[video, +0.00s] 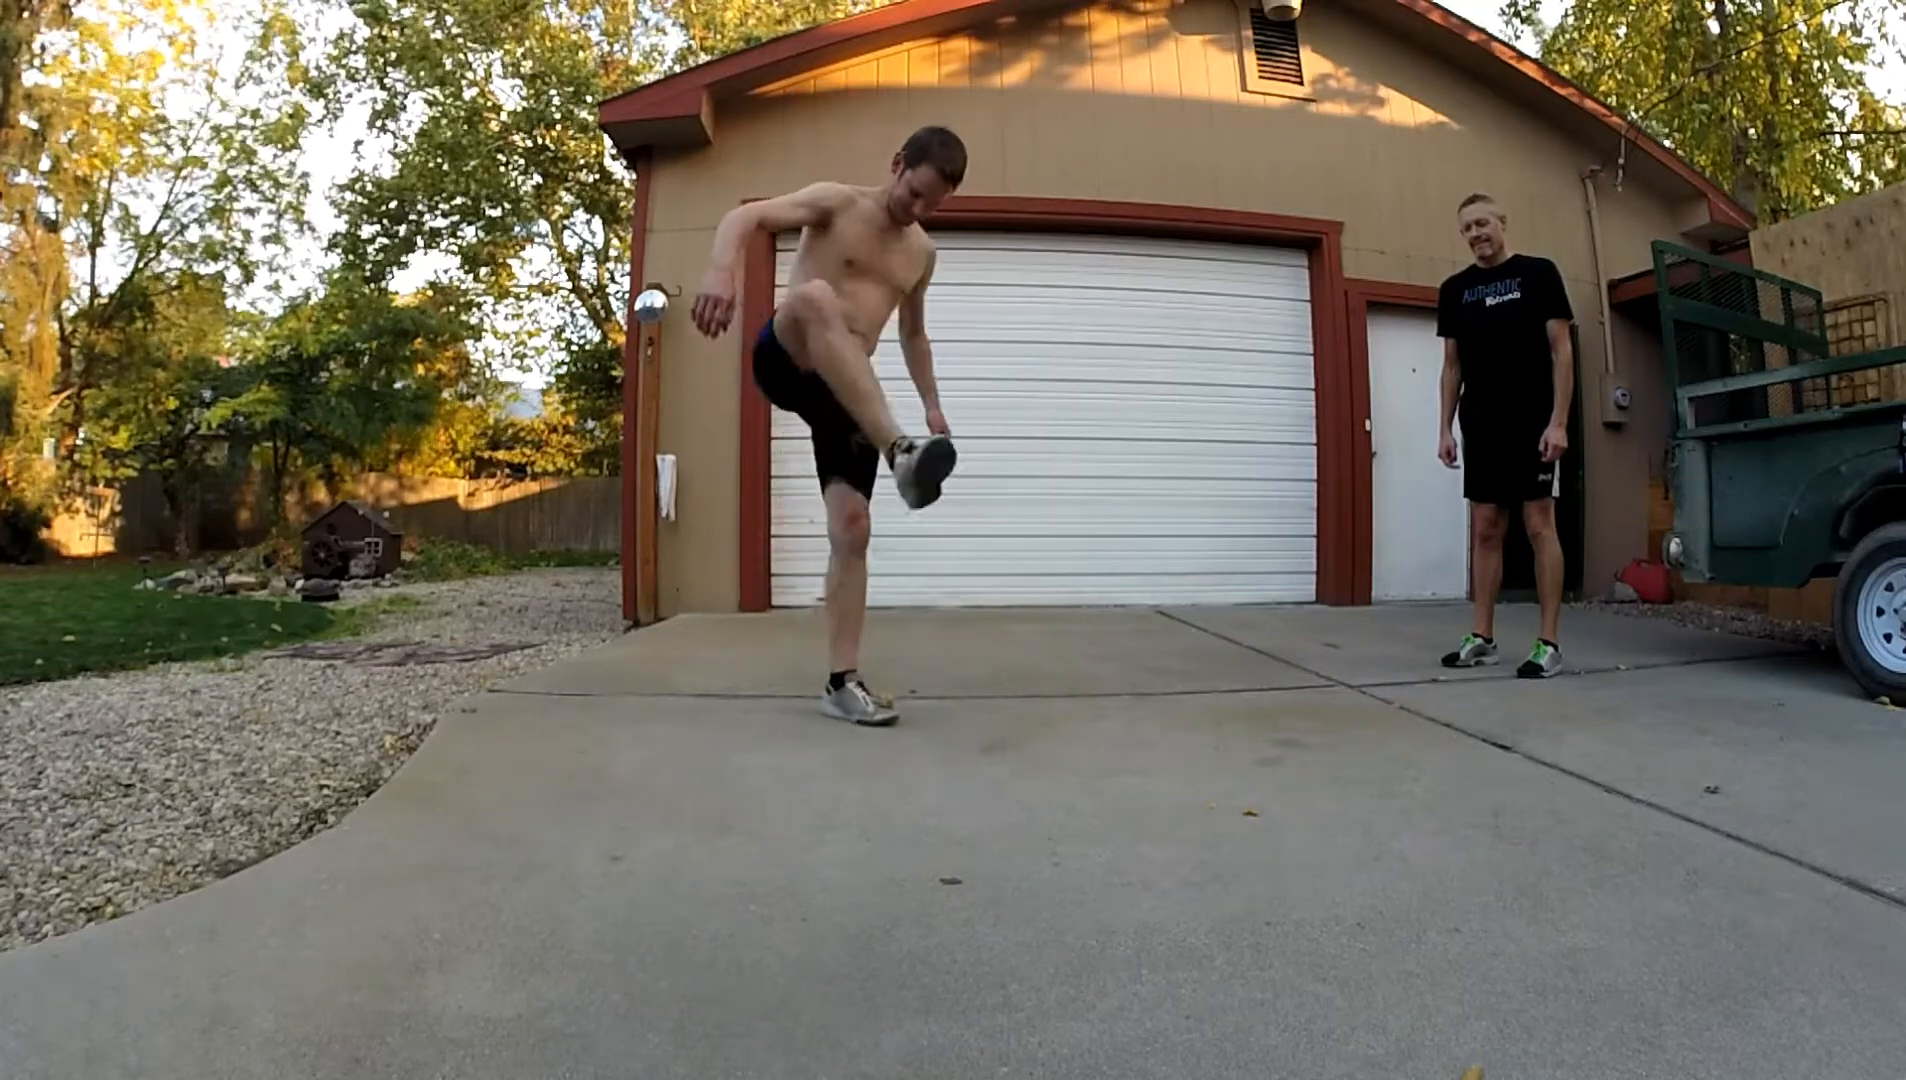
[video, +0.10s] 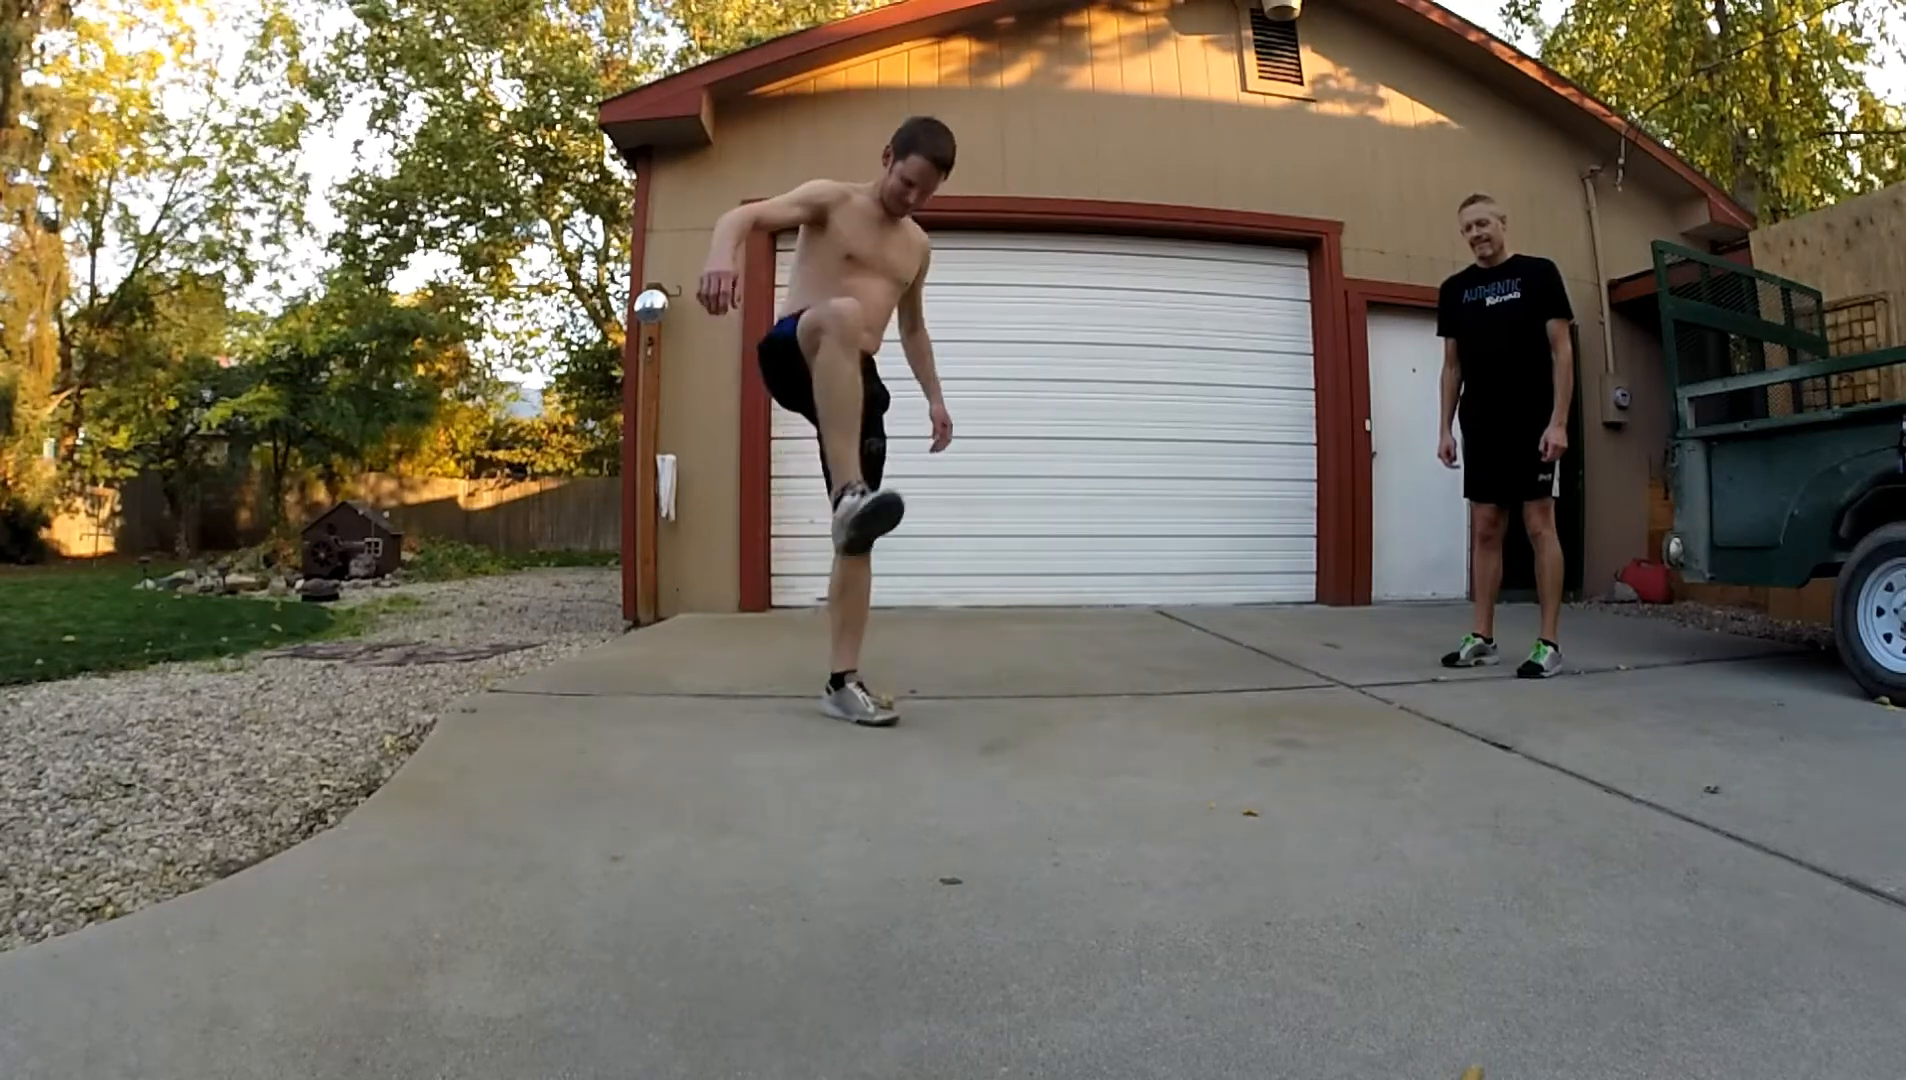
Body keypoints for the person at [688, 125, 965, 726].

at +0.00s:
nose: (919, 207)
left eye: (933, 200)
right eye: (916, 191)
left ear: (946, 197)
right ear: (897, 166)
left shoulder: (920, 253)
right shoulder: (837, 202)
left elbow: (913, 333)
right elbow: (743, 216)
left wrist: (932, 404)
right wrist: (722, 274)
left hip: (849, 391)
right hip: (786, 369)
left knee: (853, 529)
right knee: (814, 297)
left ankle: (843, 680)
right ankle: (899, 453)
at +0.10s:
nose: (914, 198)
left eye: (927, 190)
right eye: (909, 181)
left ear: (938, 186)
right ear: (887, 159)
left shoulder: (915, 247)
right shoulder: (831, 198)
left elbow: (913, 327)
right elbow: (740, 217)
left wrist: (935, 398)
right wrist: (721, 258)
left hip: (860, 378)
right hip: (794, 363)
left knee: (857, 531)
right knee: (844, 313)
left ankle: (843, 680)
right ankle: (848, 497)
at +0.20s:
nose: (910, 189)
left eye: (923, 180)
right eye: (904, 173)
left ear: (933, 175)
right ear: (881, 151)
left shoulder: (914, 243)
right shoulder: (826, 195)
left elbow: (913, 323)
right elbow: (738, 220)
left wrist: (936, 394)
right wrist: (716, 267)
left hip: (865, 374)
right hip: (796, 349)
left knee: (858, 527)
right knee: (859, 357)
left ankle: (843, 679)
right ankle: (834, 541)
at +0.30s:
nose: (908, 183)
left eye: (920, 174)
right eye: (902, 167)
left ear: (929, 168)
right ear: (877, 146)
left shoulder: (913, 238)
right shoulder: (822, 194)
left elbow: (913, 318)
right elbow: (734, 228)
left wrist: (938, 390)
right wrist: (714, 289)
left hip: (862, 369)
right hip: (801, 349)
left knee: (854, 517)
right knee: (868, 425)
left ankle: (841, 680)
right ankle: (853, 605)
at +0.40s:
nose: (904, 181)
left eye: (916, 171)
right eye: (897, 164)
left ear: (926, 165)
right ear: (872, 142)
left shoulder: (909, 229)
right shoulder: (817, 194)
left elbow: (911, 309)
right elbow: (732, 250)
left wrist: (938, 377)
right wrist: (714, 332)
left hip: (863, 371)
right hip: (805, 357)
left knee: (857, 516)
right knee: (865, 484)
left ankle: (846, 677)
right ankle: (857, 662)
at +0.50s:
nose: (897, 175)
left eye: (910, 164)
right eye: (891, 158)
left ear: (921, 157)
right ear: (865, 136)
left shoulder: (901, 217)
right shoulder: (812, 191)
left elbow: (900, 298)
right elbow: (736, 264)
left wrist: (934, 358)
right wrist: (724, 357)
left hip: (866, 371)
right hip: (810, 359)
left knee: (857, 527)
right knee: (851, 517)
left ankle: (847, 680)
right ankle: (851, 682)